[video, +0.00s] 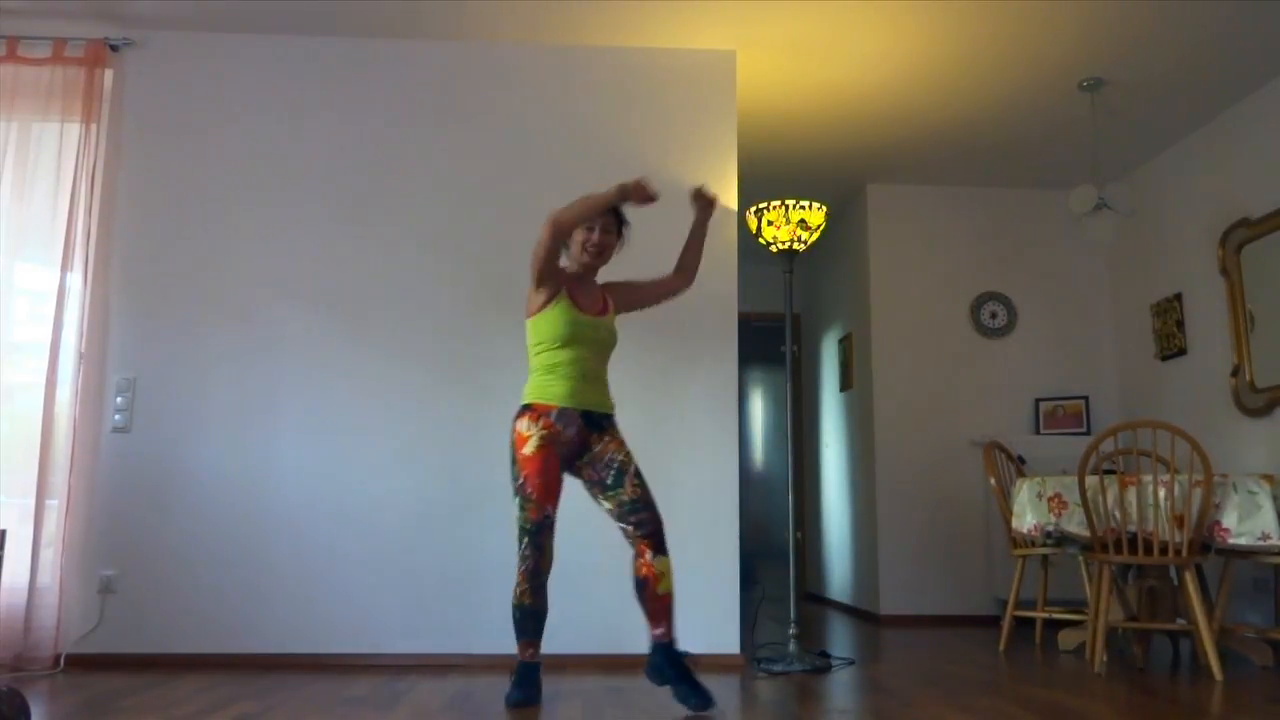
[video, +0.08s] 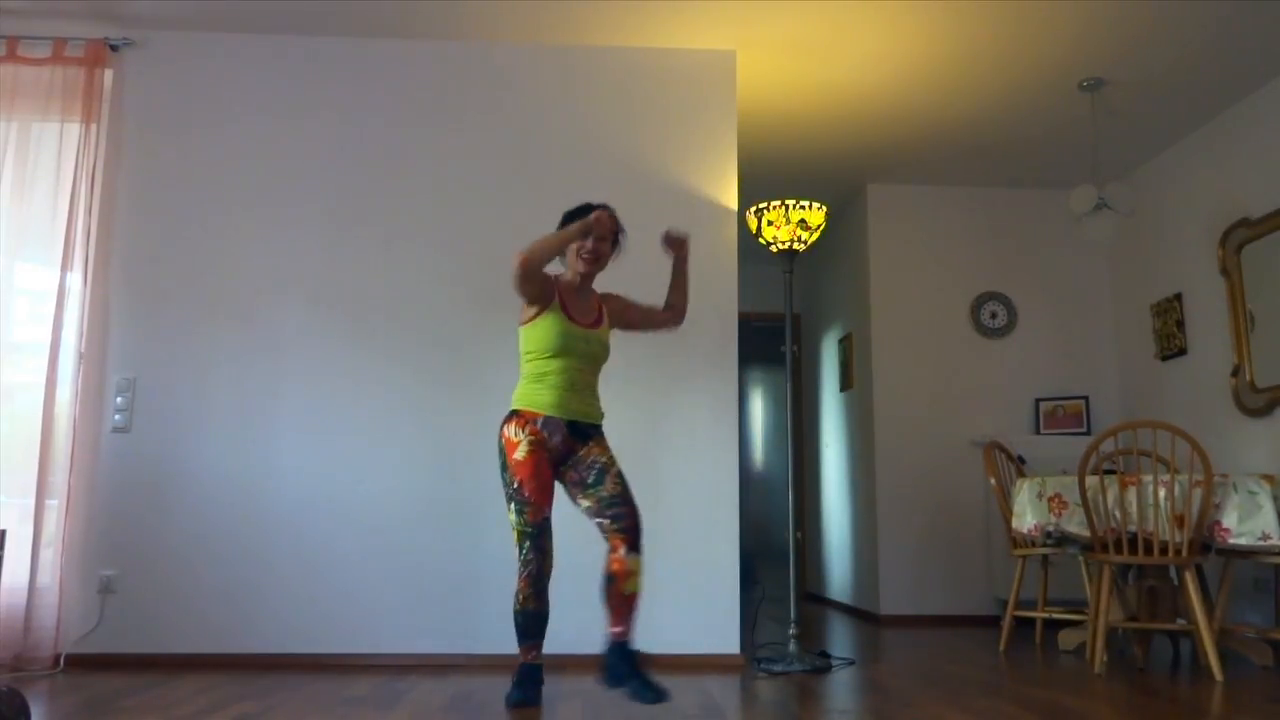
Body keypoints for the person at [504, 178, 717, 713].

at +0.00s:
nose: (598, 239)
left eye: (610, 233)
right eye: (593, 227)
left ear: (618, 246)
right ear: (573, 234)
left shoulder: (610, 298)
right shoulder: (548, 284)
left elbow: (679, 280)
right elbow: (556, 223)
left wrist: (701, 219)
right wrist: (619, 193)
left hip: (596, 429)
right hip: (541, 424)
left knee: (648, 531)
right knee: (534, 550)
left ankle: (664, 653)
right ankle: (528, 667)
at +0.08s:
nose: (595, 245)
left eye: (607, 240)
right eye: (588, 234)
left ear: (613, 251)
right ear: (569, 241)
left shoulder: (606, 306)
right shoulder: (545, 292)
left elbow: (671, 315)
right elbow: (526, 265)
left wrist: (680, 260)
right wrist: (573, 229)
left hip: (583, 436)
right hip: (530, 430)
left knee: (626, 529)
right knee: (534, 553)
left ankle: (619, 655)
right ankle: (529, 669)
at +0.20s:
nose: (584, 246)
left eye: (595, 241)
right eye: (576, 238)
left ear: (608, 254)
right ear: (558, 246)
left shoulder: (606, 316)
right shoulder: (535, 294)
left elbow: (633, 376)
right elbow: (485, 344)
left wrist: (656, 335)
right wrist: (532, 297)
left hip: (577, 440)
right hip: (523, 434)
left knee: (587, 543)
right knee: (529, 560)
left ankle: (535, 661)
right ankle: (533, 677)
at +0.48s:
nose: (582, 233)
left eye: (593, 227)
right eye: (573, 225)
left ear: (608, 239)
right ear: (558, 233)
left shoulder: (608, 300)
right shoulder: (531, 281)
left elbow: (634, 370)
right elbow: (477, 341)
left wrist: (622, 302)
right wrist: (476, 298)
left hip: (581, 428)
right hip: (524, 421)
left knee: (597, 539)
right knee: (527, 546)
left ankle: (551, 658)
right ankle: (527, 666)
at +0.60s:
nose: (591, 217)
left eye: (600, 210)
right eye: (581, 208)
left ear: (612, 220)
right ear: (567, 216)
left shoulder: (619, 272)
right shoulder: (547, 264)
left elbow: (644, 290)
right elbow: (471, 284)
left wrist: (626, 226)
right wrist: (473, 229)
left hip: (589, 408)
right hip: (530, 403)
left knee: (625, 528)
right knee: (526, 534)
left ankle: (627, 650)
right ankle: (525, 658)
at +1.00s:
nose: (629, 244)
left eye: (635, 234)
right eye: (618, 237)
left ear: (651, 234)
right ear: (605, 244)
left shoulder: (675, 279)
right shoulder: (601, 295)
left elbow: (699, 261)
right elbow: (533, 324)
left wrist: (651, 212)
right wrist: (534, 265)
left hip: (669, 423)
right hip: (610, 420)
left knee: (682, 550)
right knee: (569, 538)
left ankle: (697, 670)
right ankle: (563, 652)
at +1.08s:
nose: (639, 251)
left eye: (648, 241)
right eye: (628, 243)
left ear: (663, 242)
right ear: (613, 250)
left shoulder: (687, 285)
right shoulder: (608, 303)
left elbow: (722, 320)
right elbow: (568, 366)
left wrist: (667, 281)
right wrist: (557, 321)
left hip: (686, 430)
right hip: (627, 432)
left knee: (695, 551)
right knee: (585, 531)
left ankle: (699, 672)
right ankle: (608, 650)